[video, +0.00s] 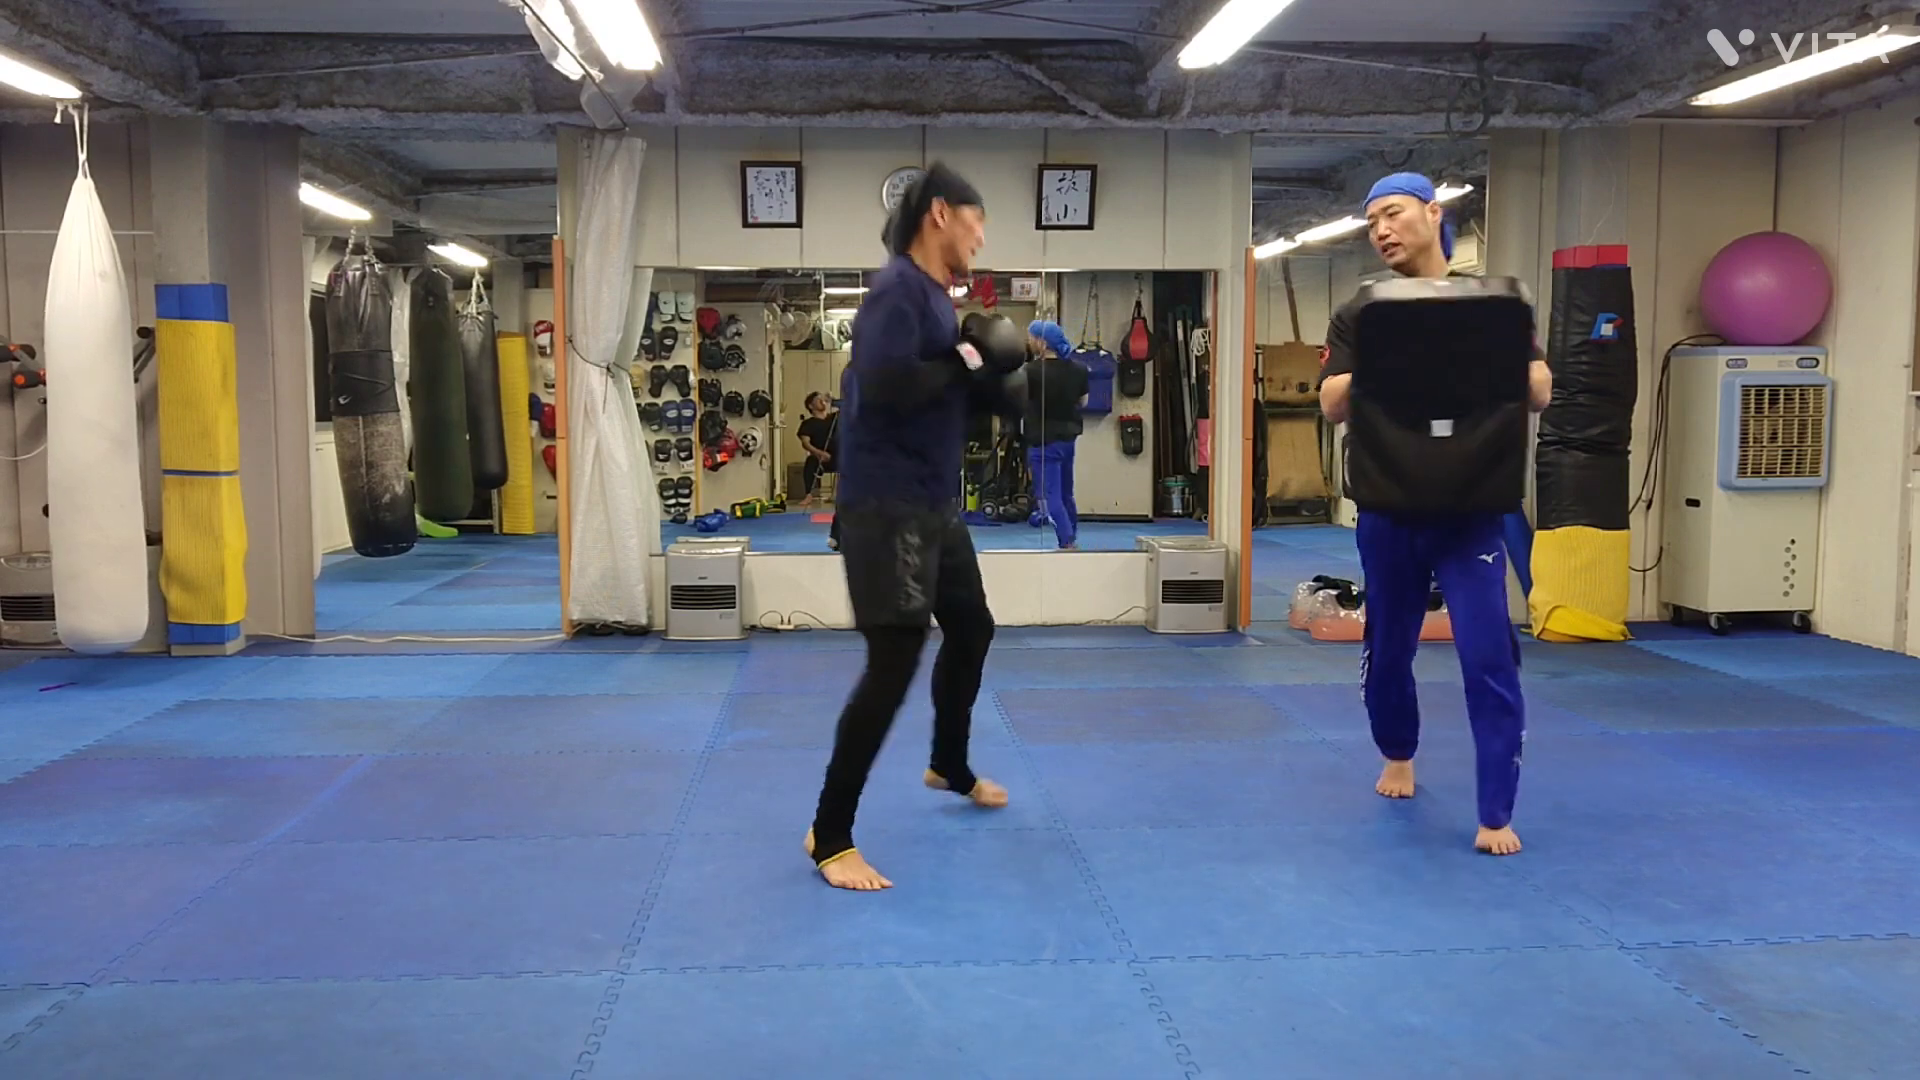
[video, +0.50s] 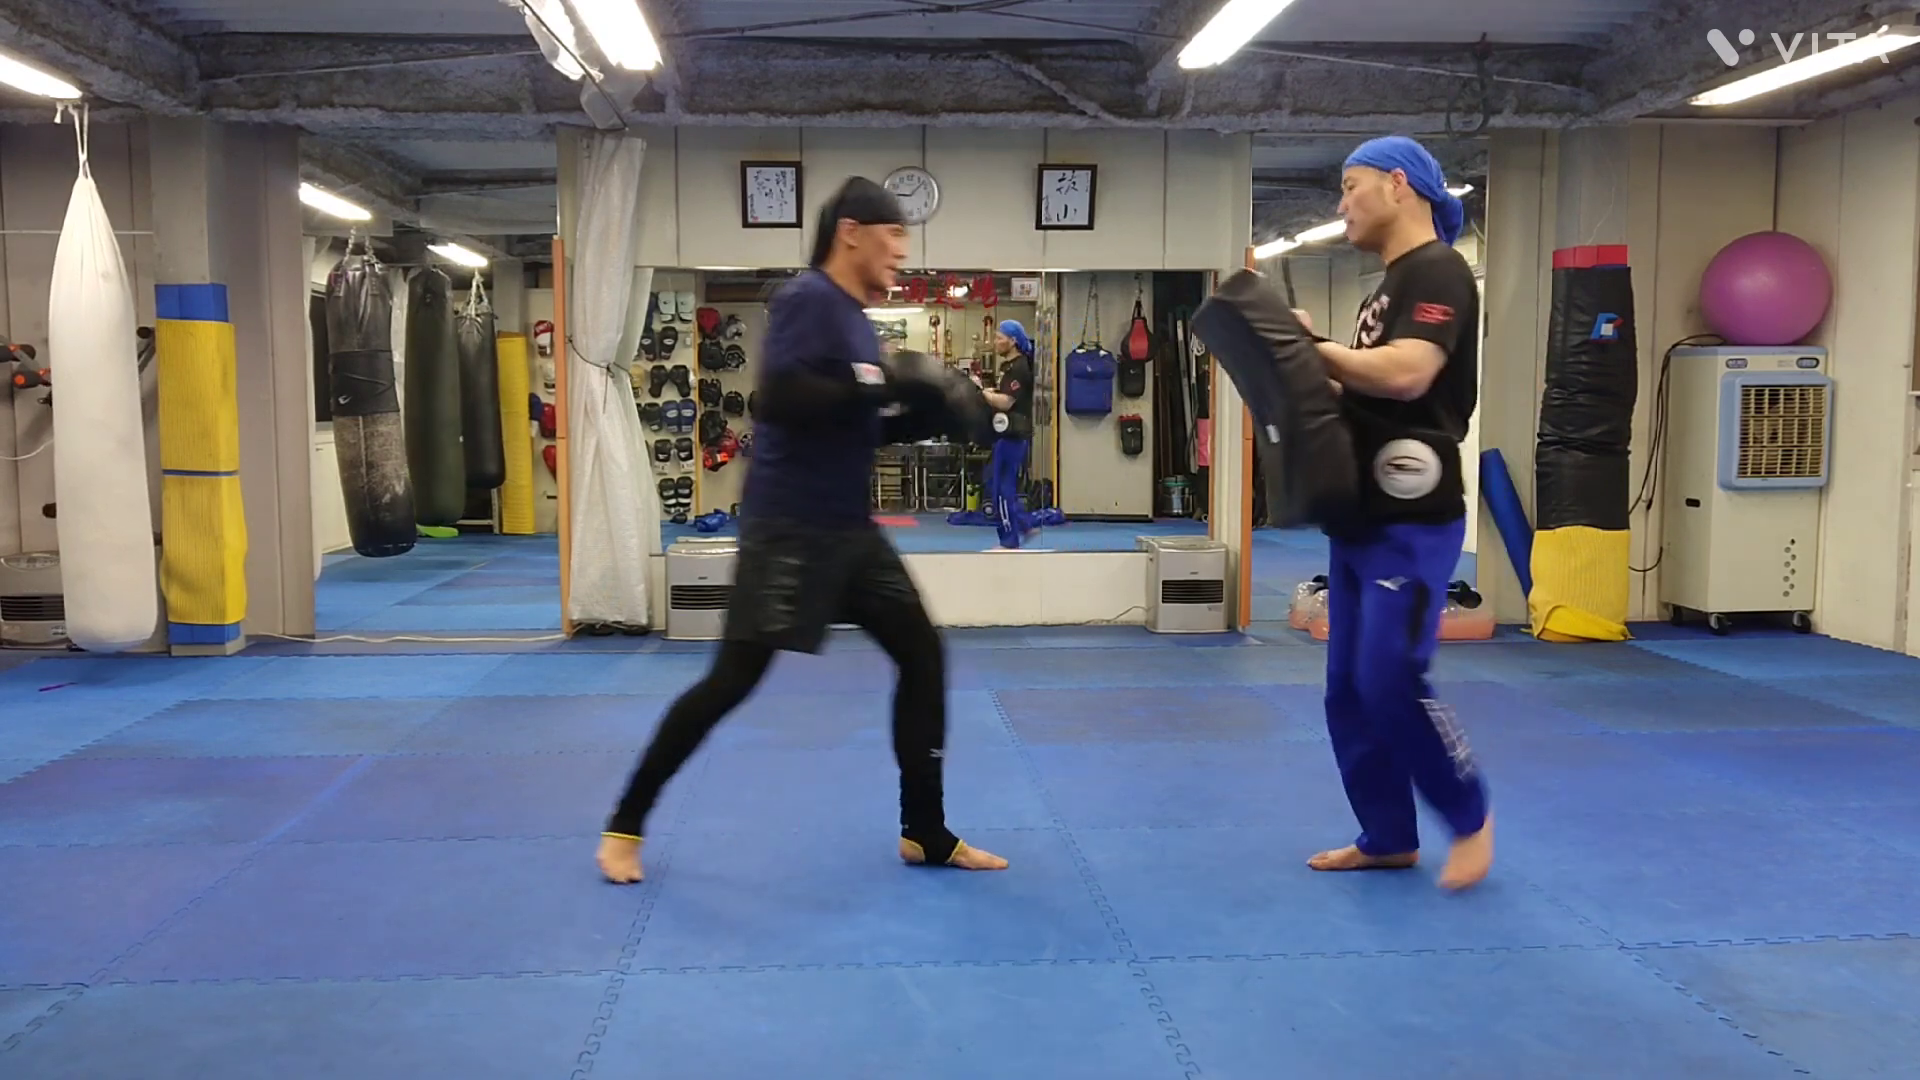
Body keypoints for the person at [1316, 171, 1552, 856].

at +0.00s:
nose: (1382, 230)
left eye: (1393, 214)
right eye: (1374, 222)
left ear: (1434, 215)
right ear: (1373, 237)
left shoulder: (1495, 297)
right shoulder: (1359, 310)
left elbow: (1540, 388)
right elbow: (1330, 404)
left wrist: (1482, 367)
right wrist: (1379, 368)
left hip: (1475, 508)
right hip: (1388, 510)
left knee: (1490, 655)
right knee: (1389, 649)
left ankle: (1496, 815)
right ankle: (1396, 754)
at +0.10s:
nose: (1381, 224)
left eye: (1393, 208)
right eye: (1375, 216)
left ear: (1438, 206)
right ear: (1376, 229)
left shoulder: (1499, 291)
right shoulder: (1376, 304)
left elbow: (1542, 380)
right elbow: (1350, 390)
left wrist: (1462, 358)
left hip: (1472, 509)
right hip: (1387, 510)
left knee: (1486, 670)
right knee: (1377, 670)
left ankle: (1494, 815)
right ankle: (1413, 738)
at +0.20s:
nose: (1374, 215)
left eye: (1385, 199)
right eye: (1370, 205)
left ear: (1433, 197)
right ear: (1381, 216)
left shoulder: (1492, 278)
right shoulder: (1380, 294)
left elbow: (1523, 370)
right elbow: (1352, 376)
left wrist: (1433, 356)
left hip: (1466, 511)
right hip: (1383, 511)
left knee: (1484, 669)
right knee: (1365, 667)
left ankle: (1496, 817)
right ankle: (1415, 781)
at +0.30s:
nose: (1363, 213)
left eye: (1375, 196)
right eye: (1361, 202)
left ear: (1423, 196)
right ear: (1391, 208)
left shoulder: (1477, 275)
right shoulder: (1374, 297)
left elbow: (1481, 367)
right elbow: (1347, 378)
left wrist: (1383, 348)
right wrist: (1288, 346)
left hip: (1454, 511)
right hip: (1376, 511)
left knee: (1470, 667)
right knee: (1367, 673)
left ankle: (1498, 811)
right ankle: (1390, 828)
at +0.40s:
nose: (1350, 213)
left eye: (1362, 197)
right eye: (1350, 201)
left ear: (1410, 200)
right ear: (1390, 208)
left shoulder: (1458, 280)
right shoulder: (1371, 308)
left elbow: (1441, 373)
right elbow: (1344, 394)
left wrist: (1340, 356)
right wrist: (1282, 341)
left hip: (1435, 525)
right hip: (1363, 523)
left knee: (1430, 681)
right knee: (1351, 682)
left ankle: (1493, 791)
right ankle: (1390, 834)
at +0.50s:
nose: (1341, 206)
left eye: (1352, 189)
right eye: (1343, 192)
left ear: (1399, 190)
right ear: (1394, 194)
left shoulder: (1440, 272)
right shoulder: (1385, 290)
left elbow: (1411, 371)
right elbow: (1371, 384)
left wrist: (1318, 351)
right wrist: (1301, 356)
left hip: (1416, 521)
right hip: (1359, 519)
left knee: (1388, 680)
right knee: (1348, 688)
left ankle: (1470, 817)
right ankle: (1388, 839)